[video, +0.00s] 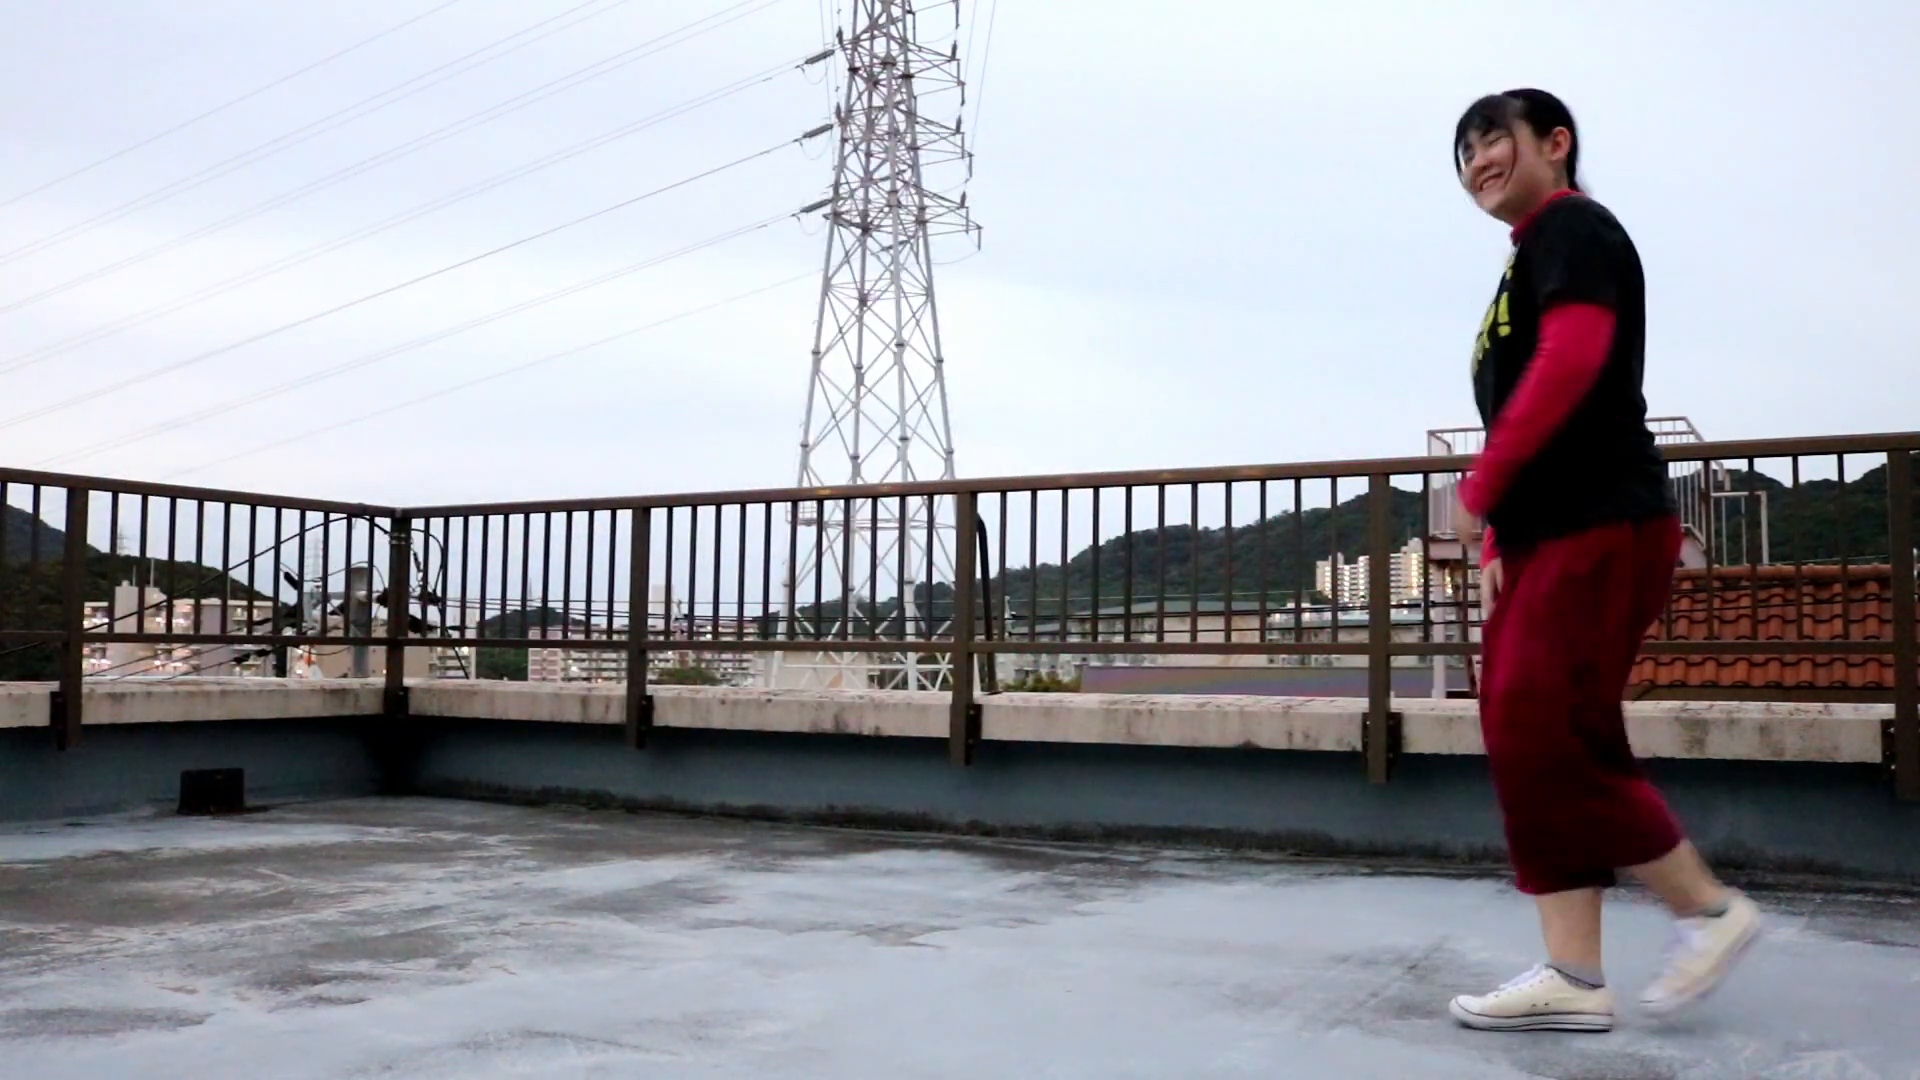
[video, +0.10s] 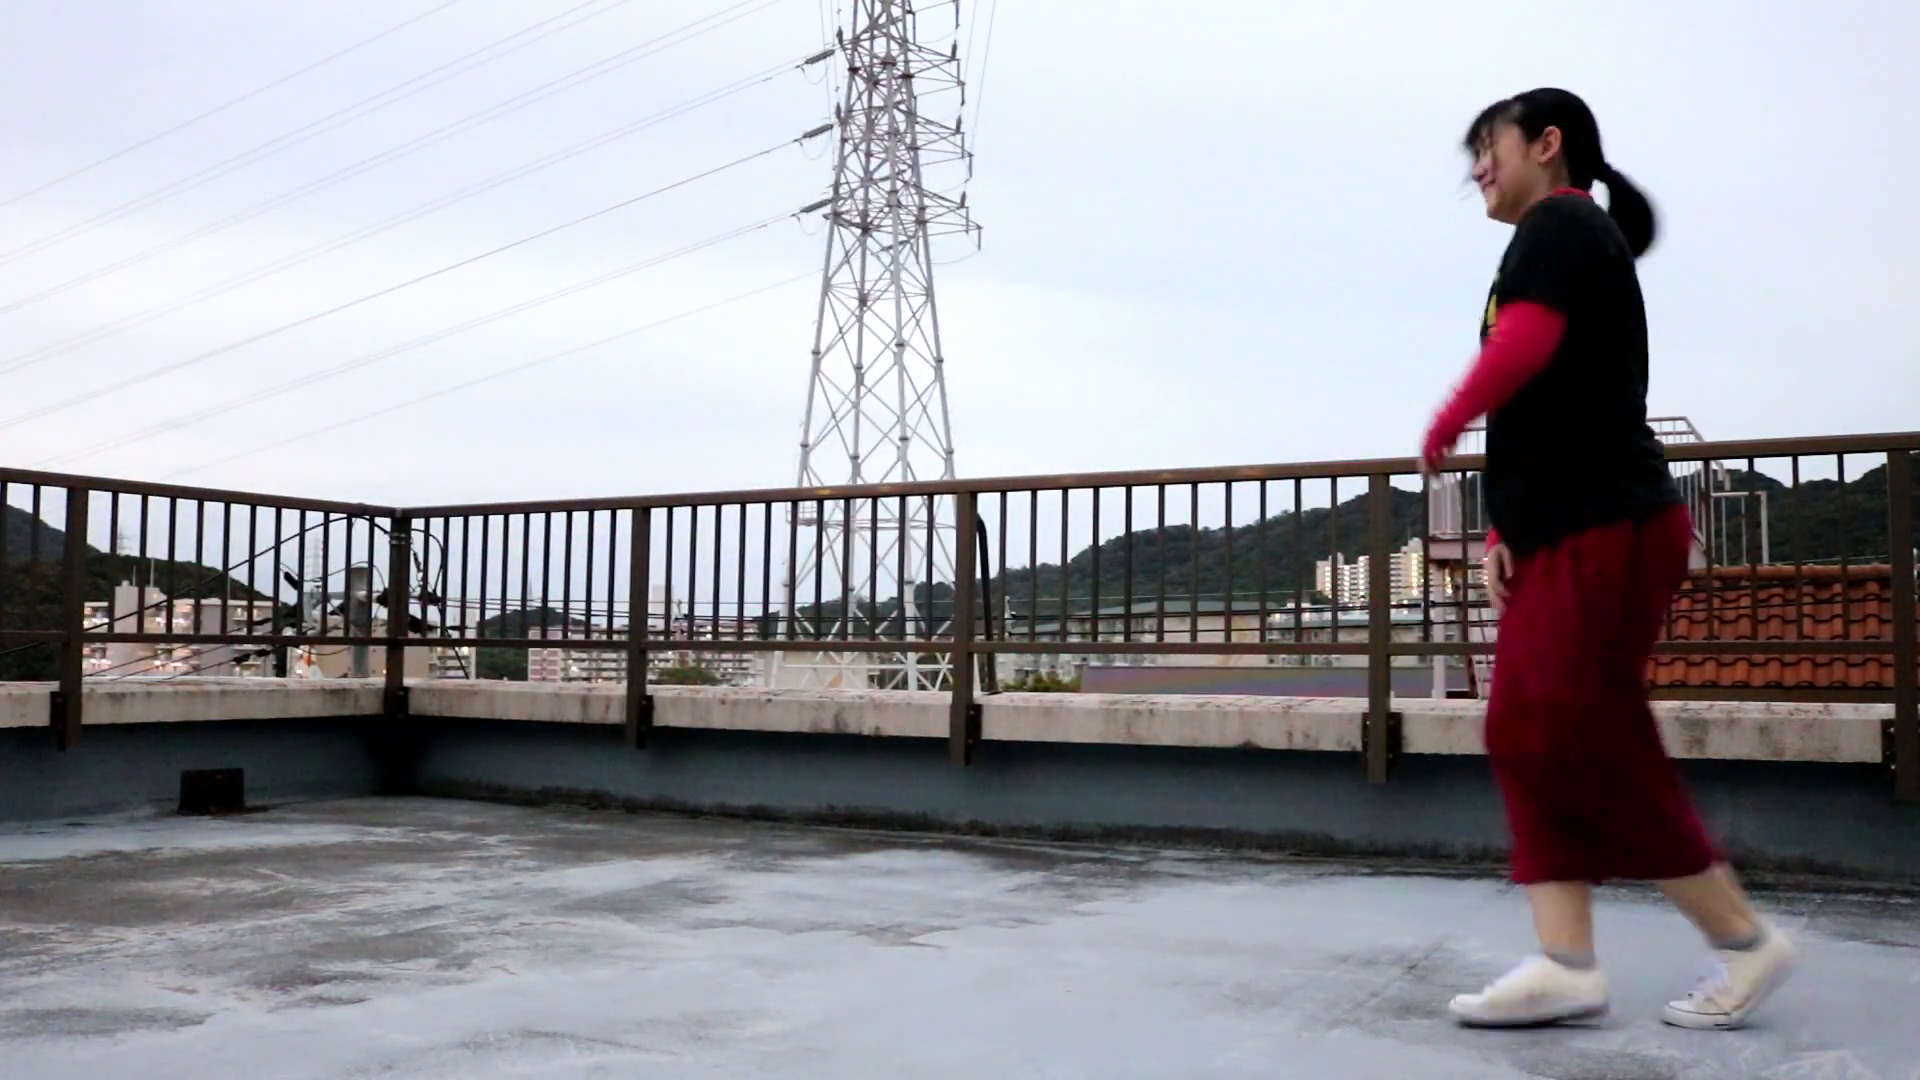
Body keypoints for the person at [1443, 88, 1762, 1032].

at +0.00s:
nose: (1481, 157)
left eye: (1499, 135)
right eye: (1469, 151)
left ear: (1557, 143)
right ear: (1470, 180)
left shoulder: (1574, 226)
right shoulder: (1531, 258)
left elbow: (1573, 360)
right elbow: (1540, 406)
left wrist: (1480, 485)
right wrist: (1507, 530)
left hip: (1603, 531)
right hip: (1548, 540)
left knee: (1541, 724)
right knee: (1524, 728)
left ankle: (1716, 913)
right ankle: (1574, 973)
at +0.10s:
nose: (1478, 168)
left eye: (1490, 148)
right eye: (1477, 154)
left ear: (1547, 145)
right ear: (1543, 150)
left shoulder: (1565, 224)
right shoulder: (1545, 245)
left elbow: (1527, 343)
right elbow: (1548, 407)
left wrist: (1448, 417)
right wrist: (1507, 520)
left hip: (1614, 524)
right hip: (1558, 534)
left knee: (1582, 726)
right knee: (1521, 729)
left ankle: (1748, 942)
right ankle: (1568, 960)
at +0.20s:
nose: (1481, 189)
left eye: (1490, 168)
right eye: (1483, 171)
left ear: (1536, 165)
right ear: (1551, 171)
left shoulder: (1541, 245)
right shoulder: (1569, 254)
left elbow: (1472, 336)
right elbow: (1572, 417)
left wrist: (1415, 394)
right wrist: (1526, 532)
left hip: (1616, 544)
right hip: (1576, 548)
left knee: (1624, 744)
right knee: (1490, 711)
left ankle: (1770, 955)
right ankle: (1541, 926)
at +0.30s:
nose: (1477, 213)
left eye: (1483, 195)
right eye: (1479, 196)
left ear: (1520, 194)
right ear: (1549, 202)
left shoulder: (1515, 274)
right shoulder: (1574, 281)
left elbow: (1424, 357)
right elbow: (1590, 440)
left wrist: (1370, 415)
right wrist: (1536, 557)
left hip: (1609, 561)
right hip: (1613, 554)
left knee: (1632, 752)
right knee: (1474, 706)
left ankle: (1776, 968)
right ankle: (1508, 909)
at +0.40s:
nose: (1456, 235)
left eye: (1462, 219)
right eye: (1458, 220)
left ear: (1496, 219)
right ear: (1526, 225)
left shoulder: (1485, 297)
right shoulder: (1557, 306)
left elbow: (1376, 402)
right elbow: (1569, 457)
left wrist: (1317, 494)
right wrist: (1519, 580)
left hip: (1587, 572)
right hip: (1594, 565)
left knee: (1614, 770)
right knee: (1471, 727)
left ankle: (1777, 968)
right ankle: (1478, 911)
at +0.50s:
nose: (1426, 245)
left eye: (1432, 230)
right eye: (1430, 230)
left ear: (1463, 231)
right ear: (1502, 238)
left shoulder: (1438, 309)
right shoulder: (1530, 313)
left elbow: (1357, 447)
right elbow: (1538, 455)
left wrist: (1299, 555)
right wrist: (1493, 581)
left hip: (1534, 576)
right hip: (1574, 561)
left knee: (1591, 766)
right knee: (1456, 733)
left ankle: (1764, 949)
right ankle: (1470, 920)